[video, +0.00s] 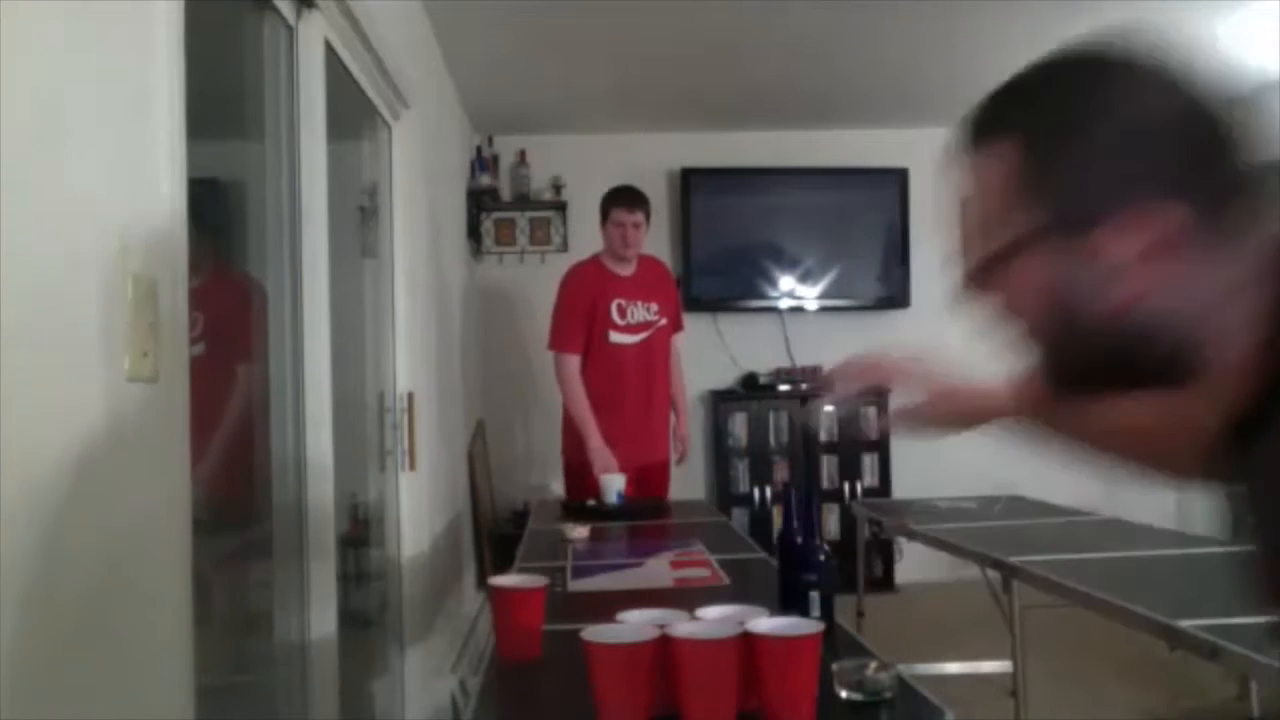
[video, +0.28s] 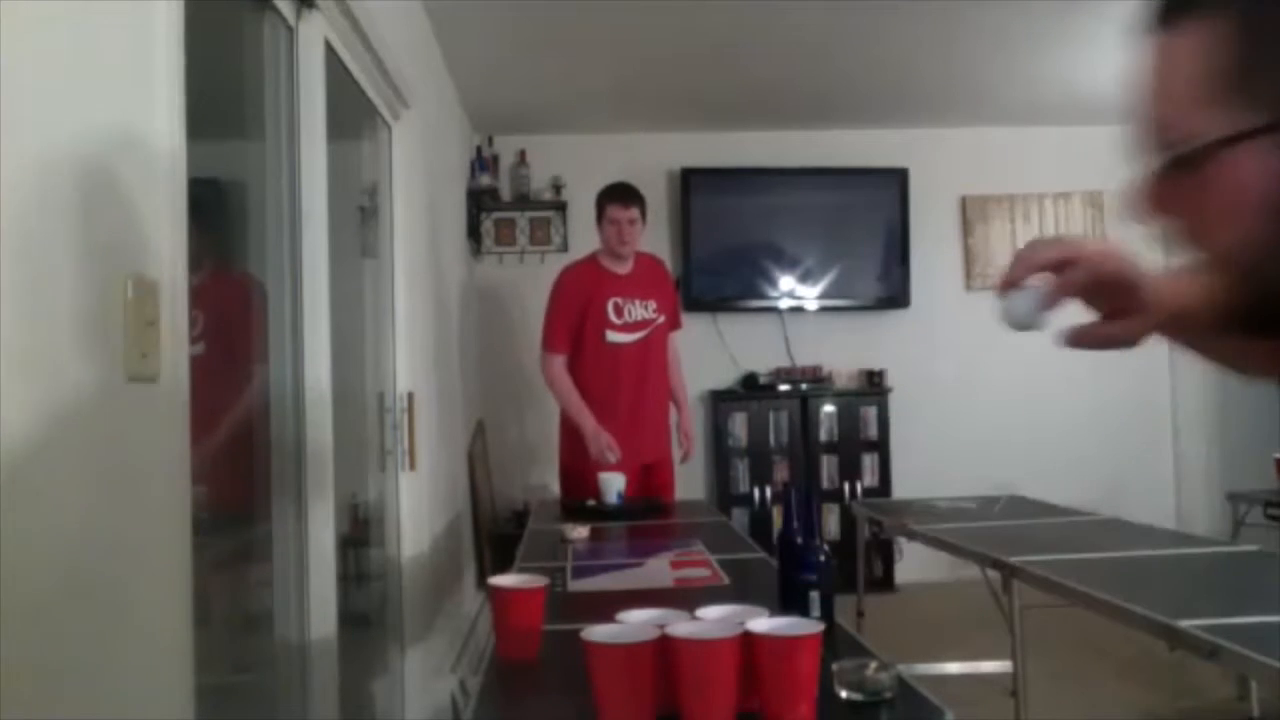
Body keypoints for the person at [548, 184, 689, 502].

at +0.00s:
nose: (628, 235)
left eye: (636, 226)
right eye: (619, 226)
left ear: (647, 230)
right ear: (603, 228)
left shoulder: (660, 276)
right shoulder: (581, 280)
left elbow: (671, 353)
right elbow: (567, 369)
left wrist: (681, 419)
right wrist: (596, 447)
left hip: (652, 445)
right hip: (596, 450)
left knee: (651, 545)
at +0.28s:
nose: (624, 232)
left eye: (632, 223)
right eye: (613, 223)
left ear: (643, 227)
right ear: (599, 227)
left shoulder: (657, 274)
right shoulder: (575, 280)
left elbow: (668, 348)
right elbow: (553, 365)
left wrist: (683, 412)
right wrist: (591, 430)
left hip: (652, 445)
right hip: (594, 449)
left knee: (656, 548)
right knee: (597, 548)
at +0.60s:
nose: (623, 231)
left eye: (632, 222)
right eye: (613, 222)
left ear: (643, 225)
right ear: (599, 226)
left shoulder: (658, 274)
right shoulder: (574, 281)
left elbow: (670, 348)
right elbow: (558, 364)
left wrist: (684, 413)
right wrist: (595, 407)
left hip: (648, 440)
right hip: (592, 444)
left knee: (648, 542)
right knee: (594, 542)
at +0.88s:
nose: (624, 229)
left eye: (632, 220)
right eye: (614, 220)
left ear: (643, 225)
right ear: (599, 224)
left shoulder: (657, 272)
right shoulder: (576, 278)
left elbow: (668, 348)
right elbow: (566, 362)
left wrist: (681, 412)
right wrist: (603, 377)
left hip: (648, 439)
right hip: (593, 443)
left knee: (648, 541)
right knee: (594, 542)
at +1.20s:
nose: (624, 229)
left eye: (632, 220)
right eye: (614, 220)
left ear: (644, 225)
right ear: (600, 224)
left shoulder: (654, 270)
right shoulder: (578, 276)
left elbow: (667, 347)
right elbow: (579, 343)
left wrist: (681, 412)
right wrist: (610, 287)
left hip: (647, 434)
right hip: (594, 435)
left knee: (648, 542)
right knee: (594, 542)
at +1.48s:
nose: (625, 226)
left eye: (633, 216)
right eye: (616, 216)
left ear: (646, 222)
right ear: (602, 219)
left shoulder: (655, 268)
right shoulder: (582, 270)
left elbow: (670, 345)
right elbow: (587, 319)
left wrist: (684, 411)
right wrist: (610, 242)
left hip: (648, 436)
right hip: (596, 438)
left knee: (649, 543)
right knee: (594, 548)